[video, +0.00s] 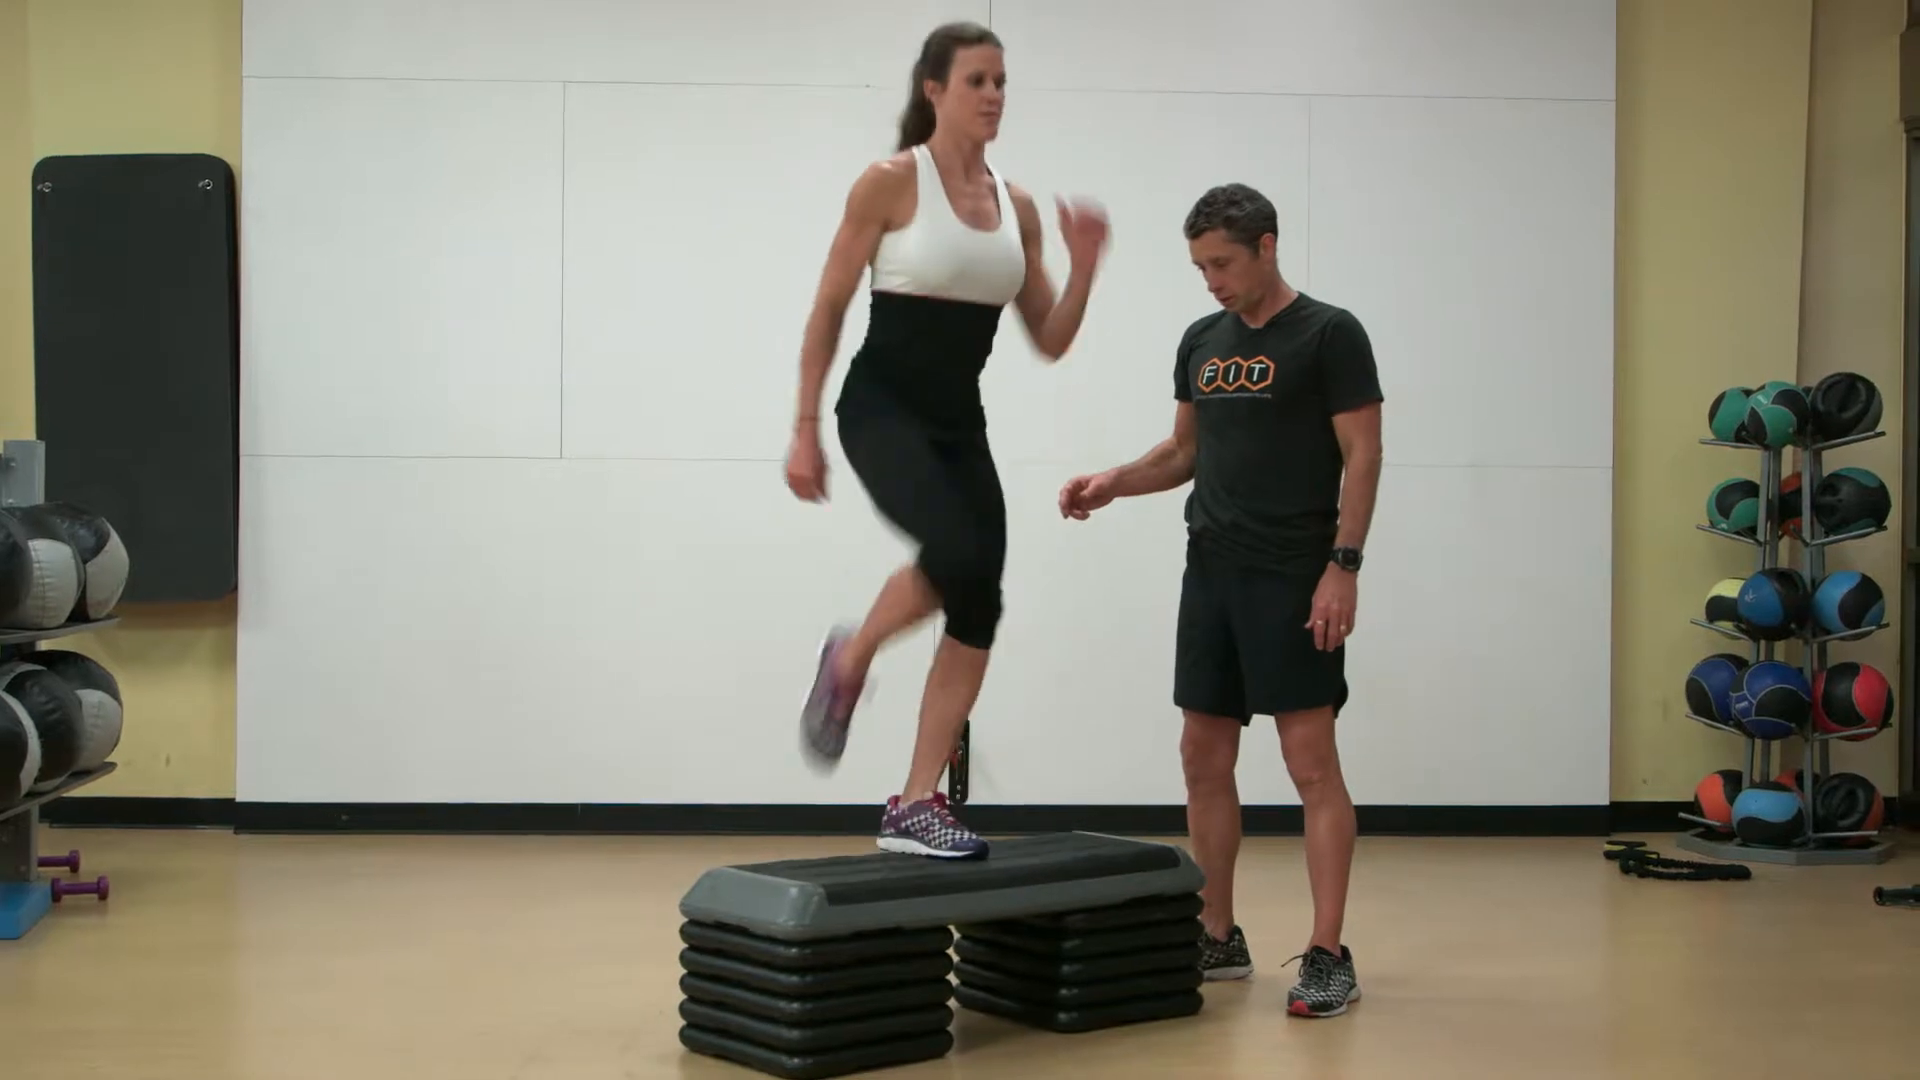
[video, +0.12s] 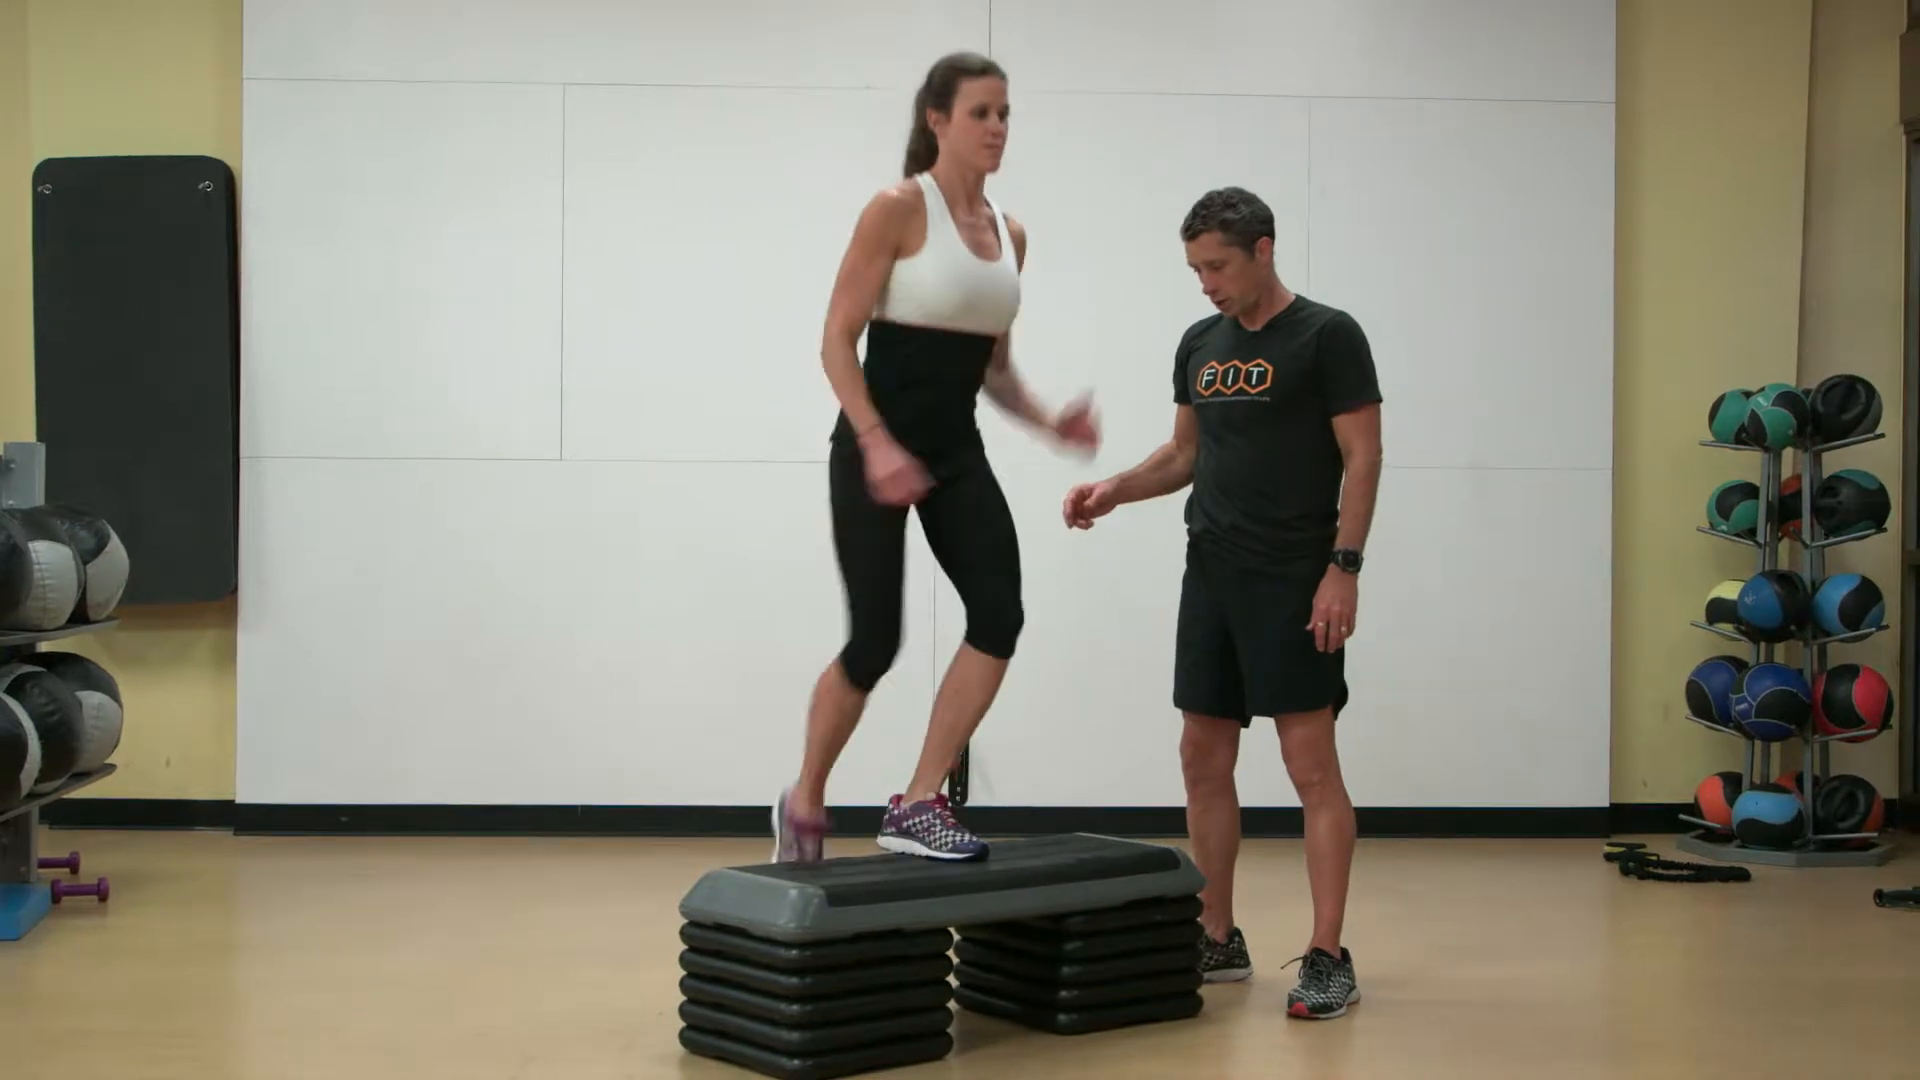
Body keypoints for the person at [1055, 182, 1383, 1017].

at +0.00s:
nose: (1212, 279)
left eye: (1223, 262)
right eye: (1202, 266)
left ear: (1267, 248)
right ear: (1198, 263)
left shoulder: (1331, 335)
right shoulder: (1201, 341)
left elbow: (1362, 455)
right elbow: (1183, 452)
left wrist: (1343, 567)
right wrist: (1113, 481)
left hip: (1295, 577)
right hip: (1212, 575)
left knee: (1311, 763)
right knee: (1203, 756)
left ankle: (1327, 951)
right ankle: (1216, 936)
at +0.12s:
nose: (1207, 283)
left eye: (1217, 266)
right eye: (1197, 270)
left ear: (1263, 249)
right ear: (1196, 266)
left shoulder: (1329, 337)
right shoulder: (1199, 345)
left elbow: (1362, 458)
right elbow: (1183, 455)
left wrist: (1344, 568)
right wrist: (1115, 488)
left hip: (1295, 580)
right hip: (1212, 578)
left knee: (1311, 765)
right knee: (1202, 756)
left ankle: (1326, 952)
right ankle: (1216, 937)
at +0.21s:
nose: (1204, 285)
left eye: (1215, 269)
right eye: (1194, 271)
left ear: (1260, 253)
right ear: (1192, 267)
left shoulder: (1328, 338)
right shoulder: (1198, 347)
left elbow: (1362, 460)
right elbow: (1183, 457)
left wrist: (1343, 568)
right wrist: (1118, 492)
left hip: (1295, 580)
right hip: (1211, 578)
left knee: (1312, 767)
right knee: (1202, 758)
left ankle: (1326, 954)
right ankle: (1216, 938)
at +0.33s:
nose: (1195, 284)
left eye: (1207, 268)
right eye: (1188, 270)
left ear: (1257, 256)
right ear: (1193, 267)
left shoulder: (1325, 340)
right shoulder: (1195, 350)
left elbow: (1360, 461)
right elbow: (1183, 460)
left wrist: (1341, 569)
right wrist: (1119, 497)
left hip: (1295, 585)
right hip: (1211, 582)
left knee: (1312, 770)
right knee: (1203, 761)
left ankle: (1326, 956)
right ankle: (1215, 940)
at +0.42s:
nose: (1194, 282)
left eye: (1207, 266)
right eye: (1188, 267)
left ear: (1257, 257)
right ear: (1192, 265)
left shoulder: (1323, 341)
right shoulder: (1193, 352)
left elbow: (1359, 462)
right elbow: (1182, 462)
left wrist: (1339, 571)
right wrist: (1119, 500)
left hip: (1295, 586)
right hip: (1211, 584)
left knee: (1312, 771)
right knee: (1202, 763)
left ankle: (1326, 958)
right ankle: (1215, 942)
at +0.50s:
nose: (1192, 279)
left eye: (1205, 264)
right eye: (1187, 265)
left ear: (1256, 258)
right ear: (1198, 265)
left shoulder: (1323, 343)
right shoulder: (1193, 354)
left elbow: (1358, 463)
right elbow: (1181, 464)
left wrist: (1337, 573)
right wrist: (1119, 502)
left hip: (1294, 588)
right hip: (1211, 586)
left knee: (1312, 775)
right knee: (1202, 766)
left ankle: (1326, 961)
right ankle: (1215, 945)